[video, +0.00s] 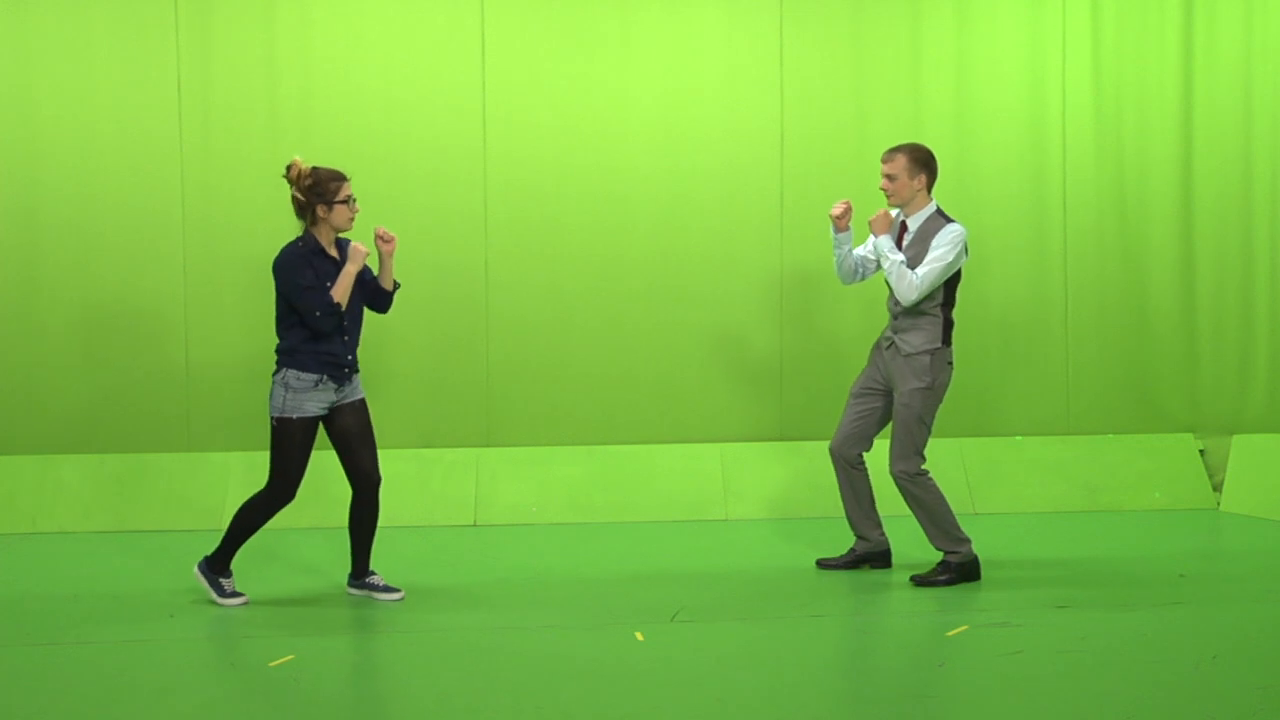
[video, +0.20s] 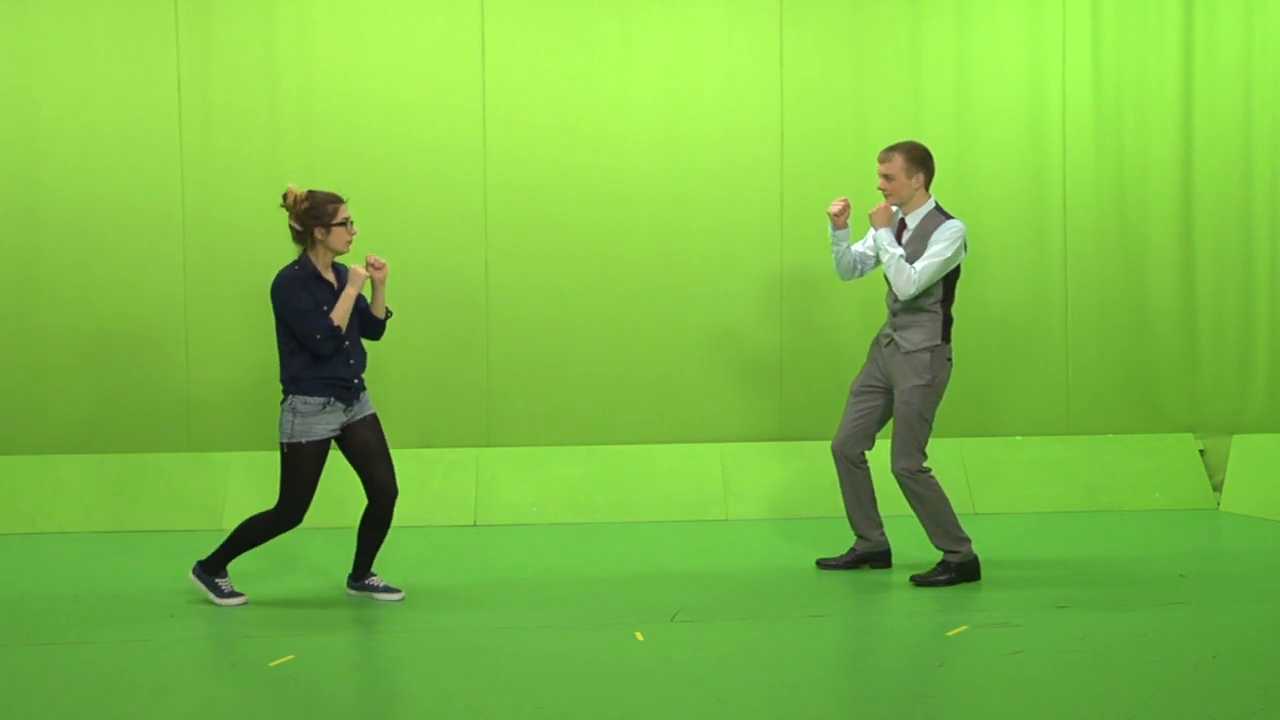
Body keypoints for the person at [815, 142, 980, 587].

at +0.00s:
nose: (884, 186)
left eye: (891, 178)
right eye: (883, 178)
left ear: (921, 181)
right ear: (899, 184)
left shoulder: (951, 235)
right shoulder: (894, 228)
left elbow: (910, 291)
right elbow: (848, 273)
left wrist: (883, 240)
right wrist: (842, 232)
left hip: (924, 361)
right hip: (887, 354)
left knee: (905, 465)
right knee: (845, 448)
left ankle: (961, 557)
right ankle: (871, 546)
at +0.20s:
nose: (882, 186)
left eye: (889, 179)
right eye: (881, 179)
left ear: (919, 180)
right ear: (899, 183)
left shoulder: (951, 231)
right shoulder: (894, 225)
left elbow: (908, 285)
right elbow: (848, 269)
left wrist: (883, 234)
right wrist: (840, 229)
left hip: (923, 357)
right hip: (886, 351)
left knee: (907, 462)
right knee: (847, 446)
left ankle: (961, 557)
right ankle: (871, 546)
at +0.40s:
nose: (882, 194)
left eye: (888, 186)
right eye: (881, 187)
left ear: (919, 187)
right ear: (900, 190)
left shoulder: (951, 238)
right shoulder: (894, 232)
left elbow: (907, 292)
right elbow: (852, 279)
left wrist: (883, 241)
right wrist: (841, 242)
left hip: (924, 363)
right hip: (887, 357)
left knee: (901, 468)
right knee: (842, 449)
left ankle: (961, 557)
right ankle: (871, 546)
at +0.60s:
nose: (884, 183)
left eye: (890, 176)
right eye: (883, 175)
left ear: (921, 178)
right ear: (901, 180)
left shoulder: (952, 230)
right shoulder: (896, 224)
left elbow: (907, 283)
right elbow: (851, 270)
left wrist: (884, 230)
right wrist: (841, 231)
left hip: (925, 356)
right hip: (888, 350)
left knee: (908, 461)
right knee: (850, 446)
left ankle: (961, 557)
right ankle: (871, 546)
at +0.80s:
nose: (884, 191)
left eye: (891, 183)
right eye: (883, 183)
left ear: (921, 185)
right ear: (900, 188)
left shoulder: (952, 236)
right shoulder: (896, 230)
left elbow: (909, 292)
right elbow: (856, 278)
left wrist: (885, 239)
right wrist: (843, 240)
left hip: (927, 362)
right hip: (891, 355)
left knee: (904, 466)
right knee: (845, 448)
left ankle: (961, 557)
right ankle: (871, 546)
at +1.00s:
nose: (886, 186)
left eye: (893, 179)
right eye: (885, 178)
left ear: (923, 182)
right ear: (901, 185)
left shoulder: (953, 234)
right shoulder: (897, 227)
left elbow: (911, 289)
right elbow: (854, 275)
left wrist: (885, 237)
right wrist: (841, 237)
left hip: (927, 360)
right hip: (890, 353)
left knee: (906, 465)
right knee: (847, 447)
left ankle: (961, 557)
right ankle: (872, 546)